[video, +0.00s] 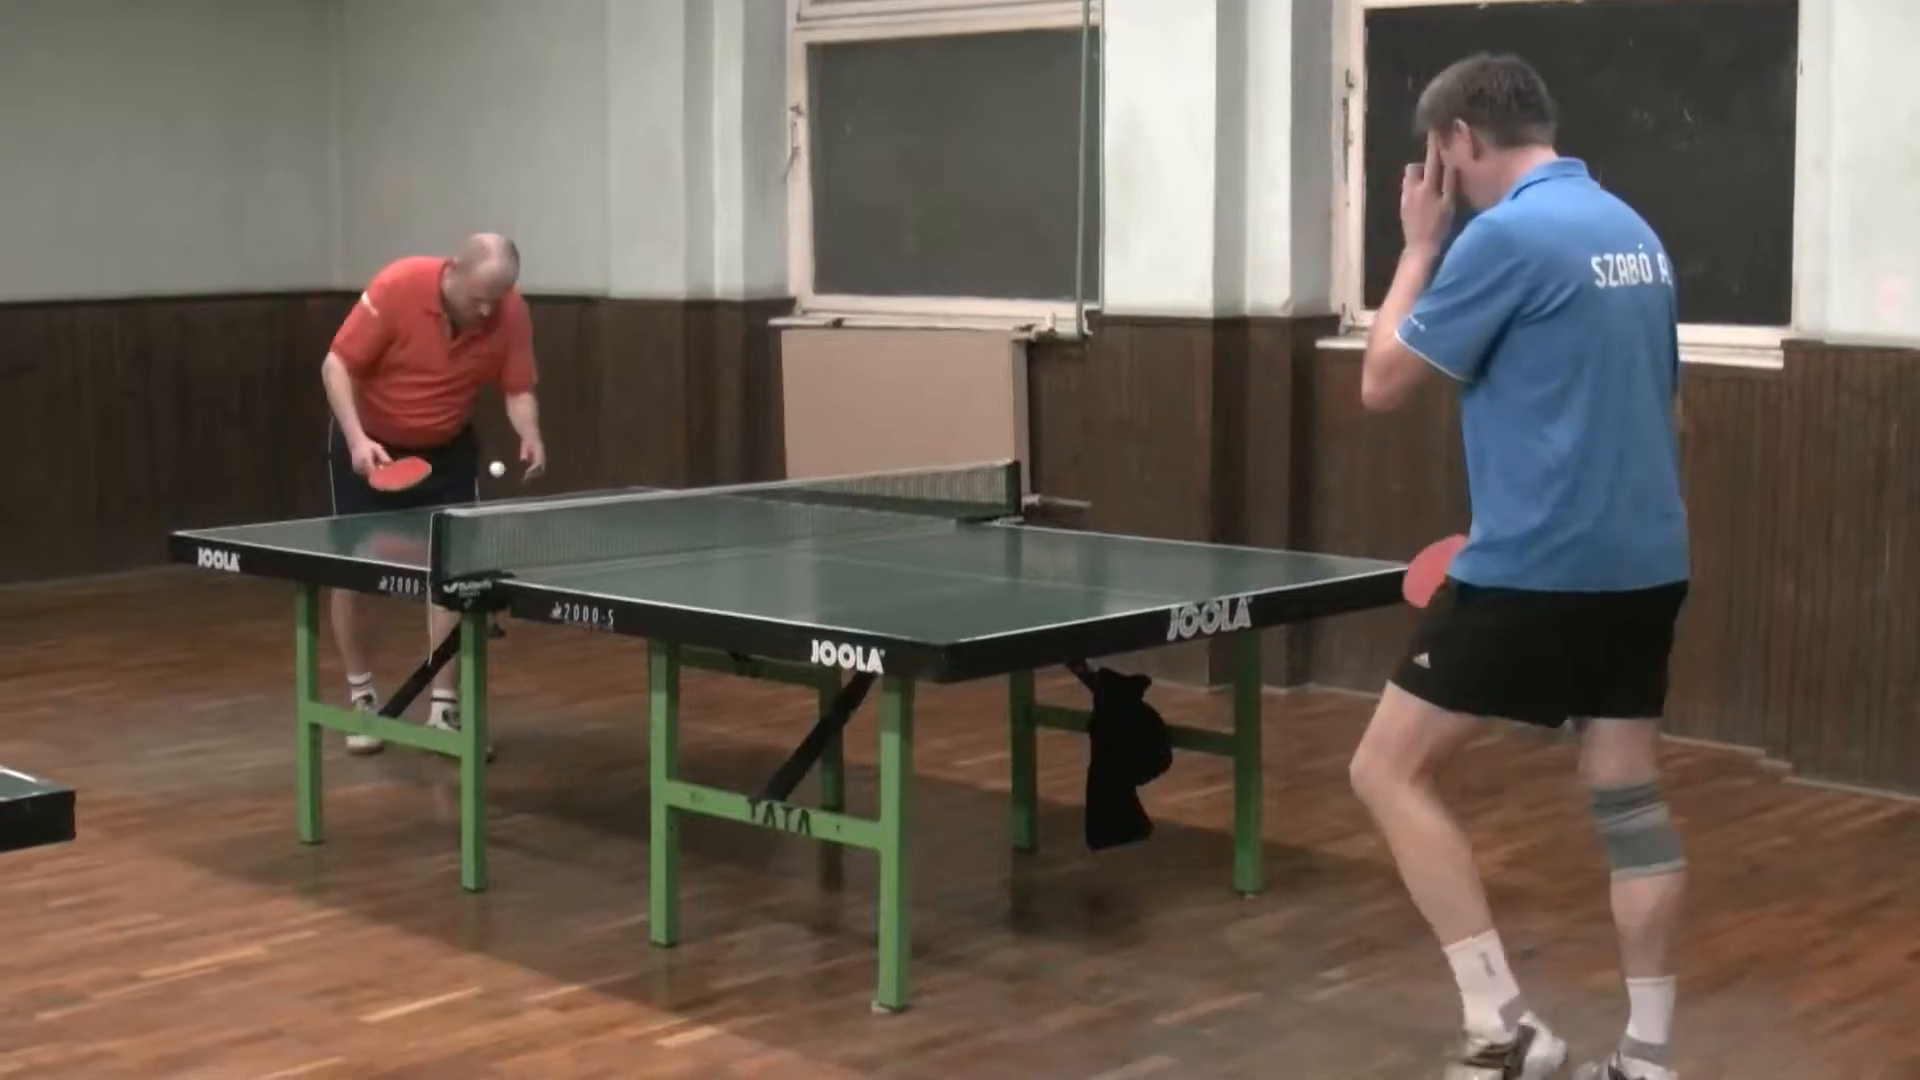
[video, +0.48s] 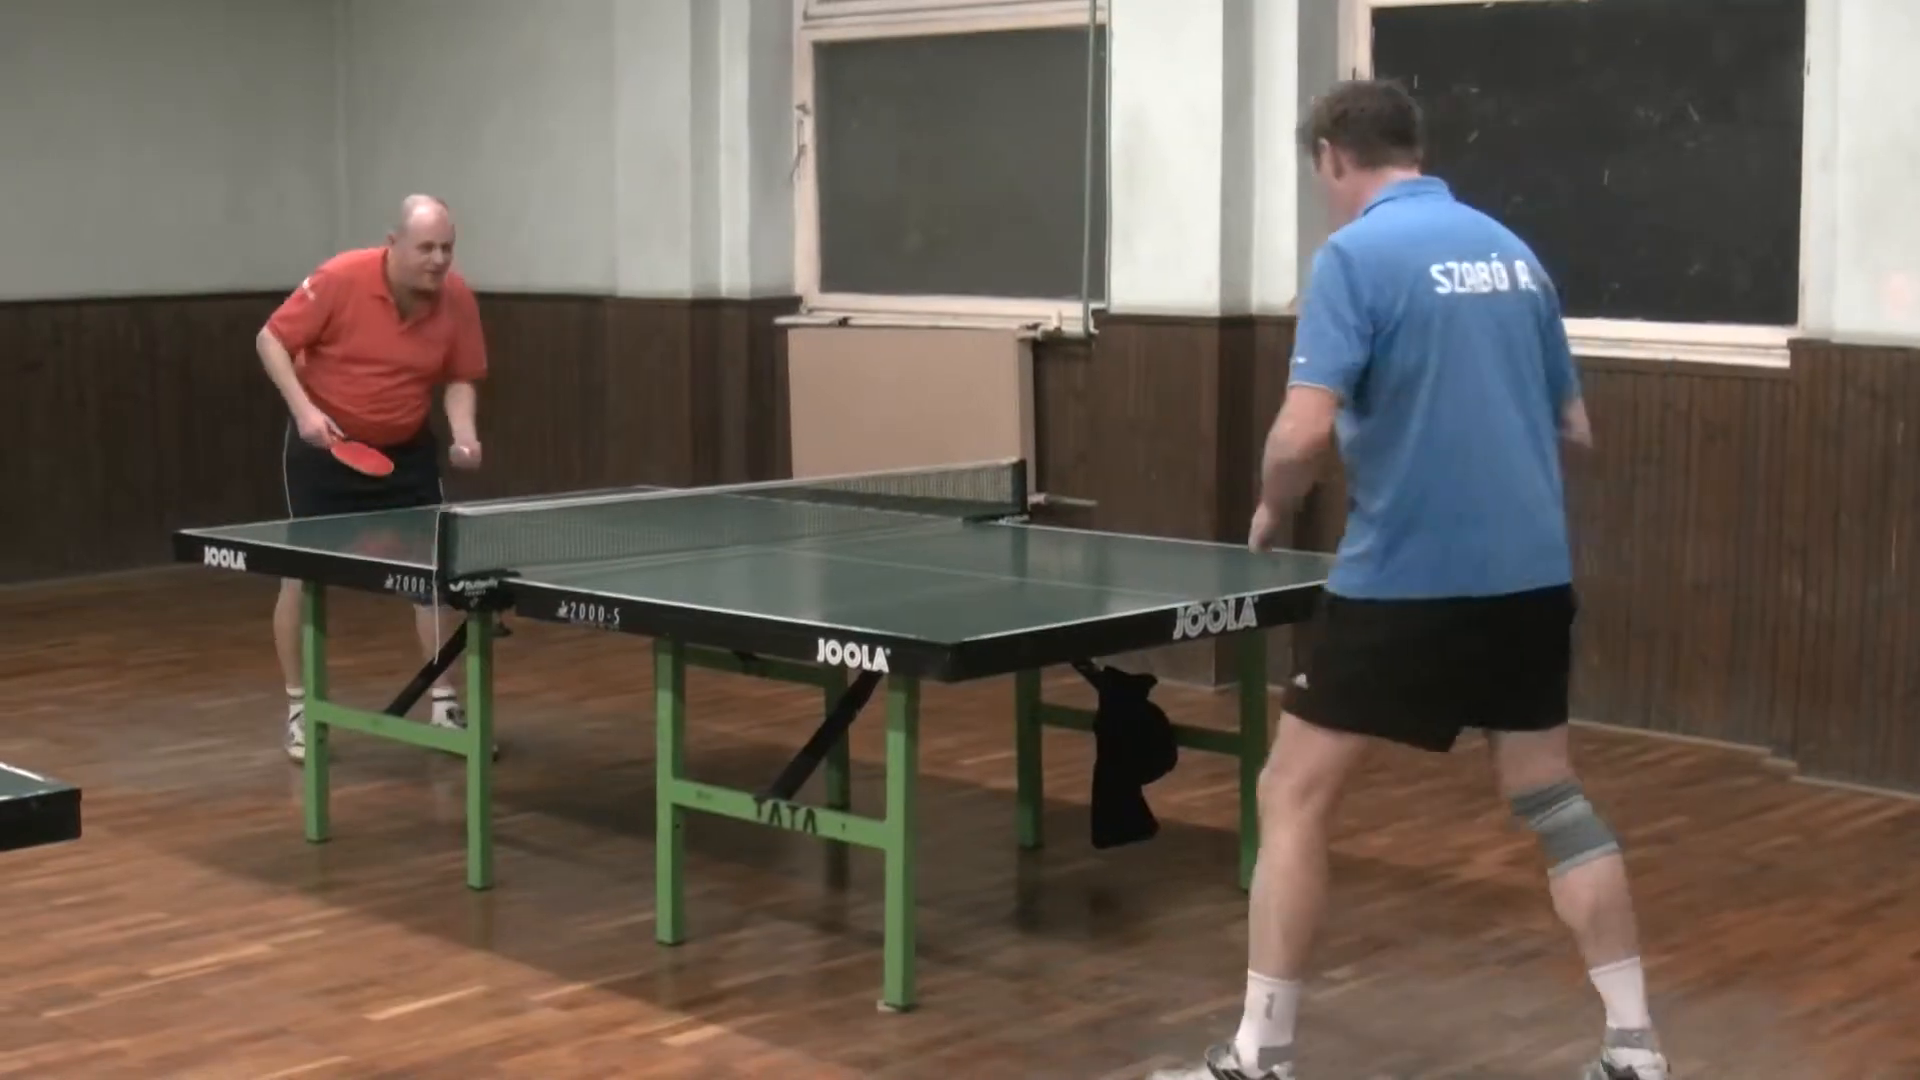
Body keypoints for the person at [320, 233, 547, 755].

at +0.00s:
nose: (485, 310)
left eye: (495, 301)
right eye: (478, 298)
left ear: (508, 291)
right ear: (449, 273)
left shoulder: (509, 311)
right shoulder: (399, 285)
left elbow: (519, 388)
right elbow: (337, 363)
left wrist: (530, 435)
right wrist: (356, 438)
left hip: (448, 449)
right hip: (369, 445)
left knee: (452, 576)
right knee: (355, 572)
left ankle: (445, 704)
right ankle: (361, 697)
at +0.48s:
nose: (439, 258)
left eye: (446, 247)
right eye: (426, 248)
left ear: (453, 248)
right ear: (393, 245)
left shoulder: (457, 298)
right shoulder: (341, 280)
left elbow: (460, 378)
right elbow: (272, 338)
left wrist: (464, 432)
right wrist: (304, 410)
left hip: (407, 449)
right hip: (324, 445)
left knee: (434, 575)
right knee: (305, 574)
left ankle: (447, 705)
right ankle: (300, 707)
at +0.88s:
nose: (370, 212)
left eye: (375, 201)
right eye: (357, 203)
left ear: (380, 205)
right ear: (322, 207)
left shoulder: (392, 261)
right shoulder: (277, 264)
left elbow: (425, 327)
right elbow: (231, 349)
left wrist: (446, 345)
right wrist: (301, 362)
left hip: (375, 438)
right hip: (296, 443)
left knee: (394, 571)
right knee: (291, 582)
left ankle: (382, 701)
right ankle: (300, 707)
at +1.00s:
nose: (365, 207)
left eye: (369, 196)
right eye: (352, 198)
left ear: (374, 199)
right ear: (316, 205)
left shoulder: (381, 252)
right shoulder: (276, 262)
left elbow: (437, 302)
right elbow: (248, 354)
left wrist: (455, 273)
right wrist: (329, 349)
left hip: (373, 438)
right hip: (297, 442)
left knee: (392, 573)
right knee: (294, 583)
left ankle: (384, 702)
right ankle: (301, 708)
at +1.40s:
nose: (393, 243)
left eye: (396, 232)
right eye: (383, 232)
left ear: (392, 228)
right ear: (345, 221)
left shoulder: (382, 265)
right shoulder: (303, 262)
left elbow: (446, 296)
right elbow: (314, 359)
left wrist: (507, 287)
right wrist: (390, 346)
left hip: (361, 432)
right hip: (291, 438)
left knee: (439, 520)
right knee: (298, 580)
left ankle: (456, 668)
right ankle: (302, 708)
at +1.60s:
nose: (415, 291)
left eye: (423, 285)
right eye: (413, 279)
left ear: (426, 275)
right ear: (391, 249)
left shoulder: (415, 298)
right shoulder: (328, 263)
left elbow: (460, 330)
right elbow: (252, 301)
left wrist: (520, 347)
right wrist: (325, 350)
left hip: (371, 439)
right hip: (300, 438)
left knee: (424, 557)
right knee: (302, 581)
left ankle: (451, 683)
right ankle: (304, 712)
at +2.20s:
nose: (390, 251)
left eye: (396, 240)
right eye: (378, 241)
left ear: (399, 241)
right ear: (342, 242)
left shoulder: (403, 287)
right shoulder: (295, 284)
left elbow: (424, 345)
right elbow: (230, 356)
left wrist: (457, 397)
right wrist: (282, 395)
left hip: (374, 457)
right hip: (290, 457)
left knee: (422, 576)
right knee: (246, 576)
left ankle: (431, 702)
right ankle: (219, 714)